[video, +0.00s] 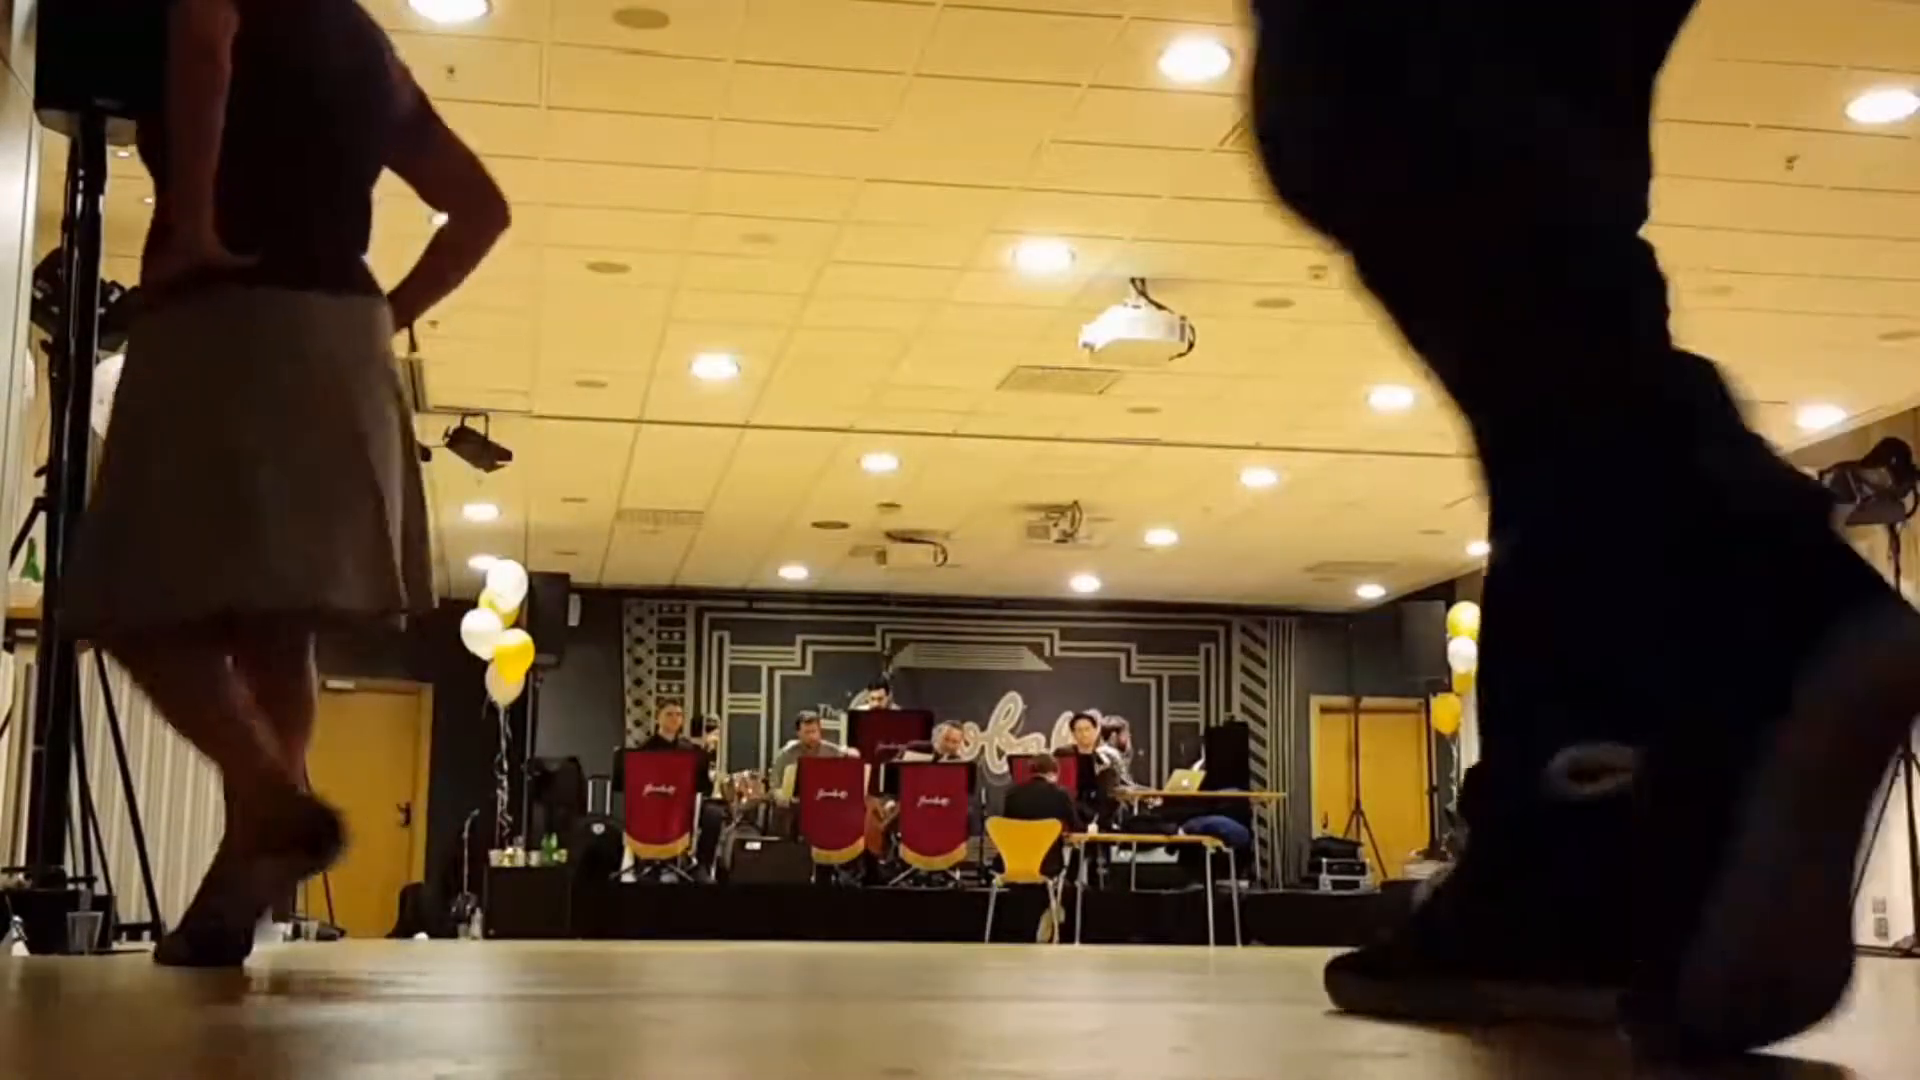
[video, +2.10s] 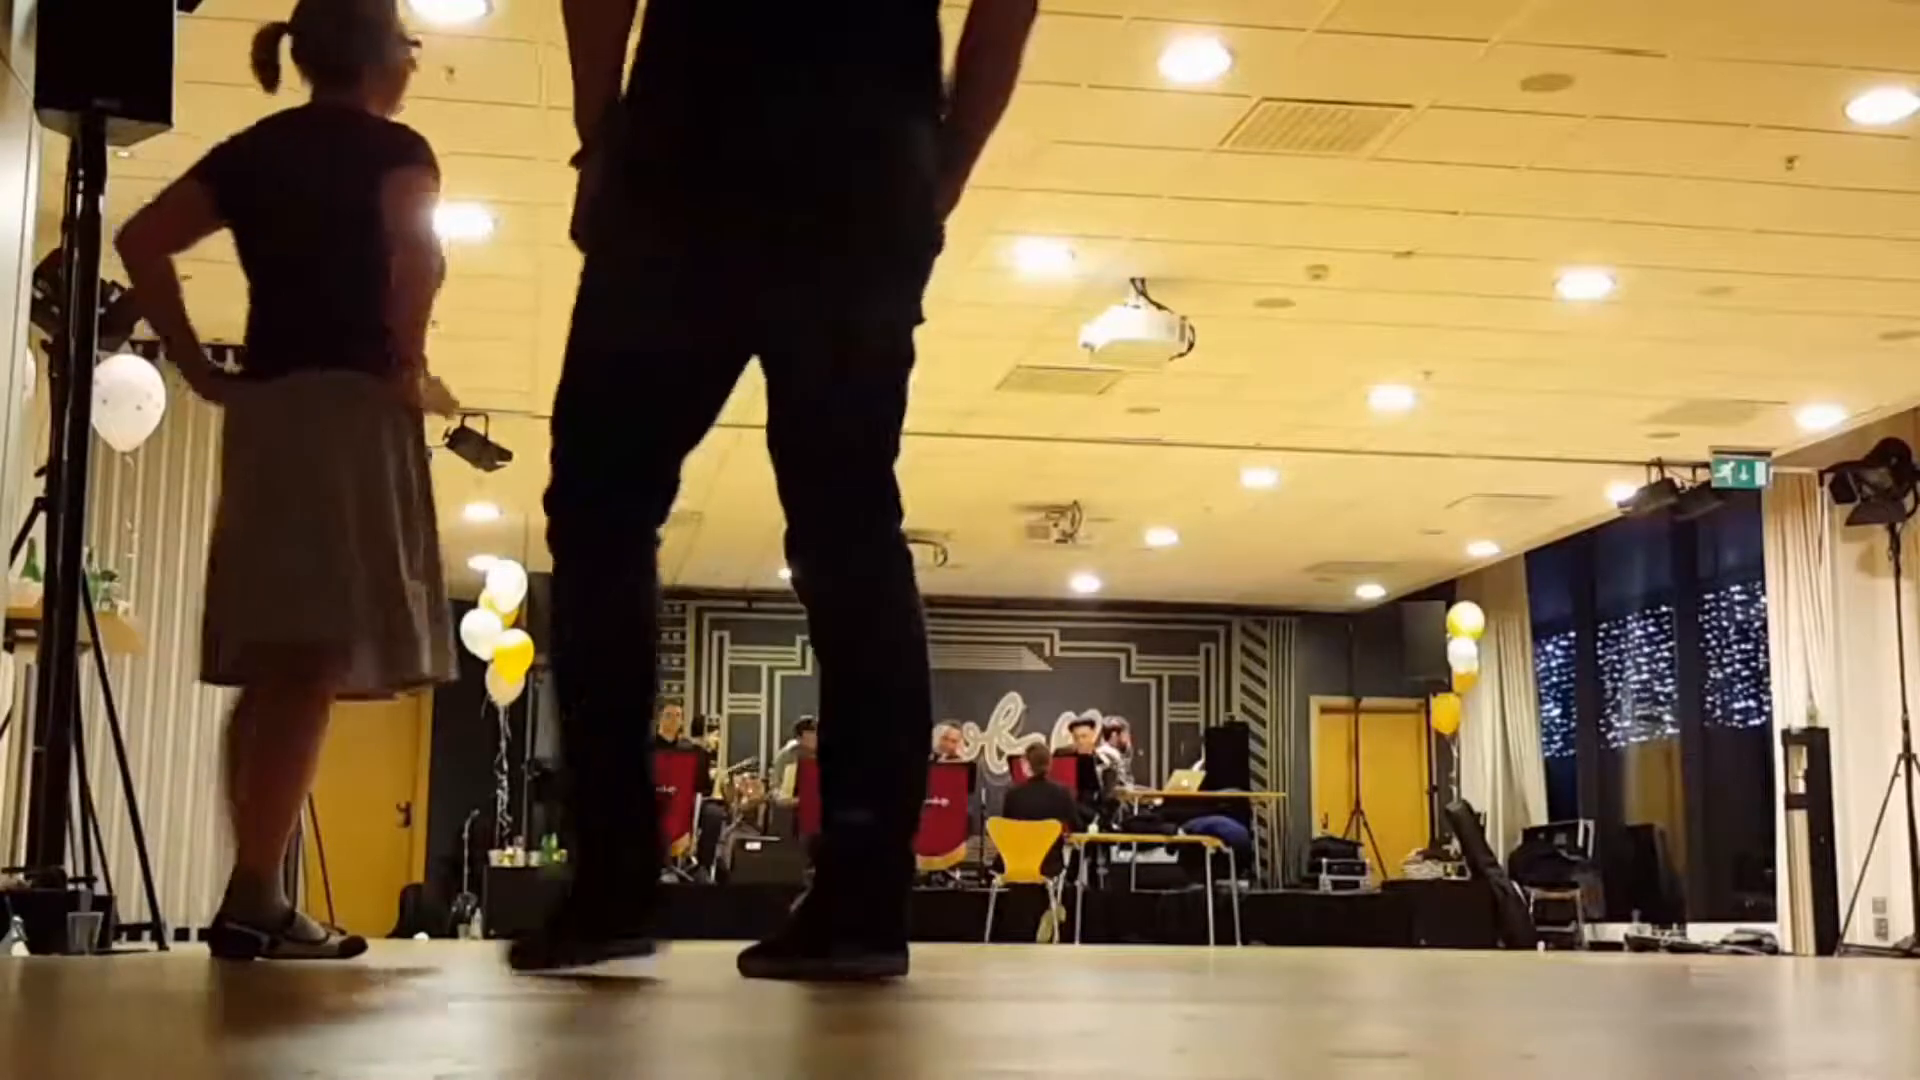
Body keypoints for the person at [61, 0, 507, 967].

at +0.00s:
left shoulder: (206, 10)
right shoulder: (358, 43)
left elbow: (205, 40)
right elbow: (480, 210)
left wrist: (185, 226)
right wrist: (390, 311)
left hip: (222, 322)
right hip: (341, 331)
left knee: (130, 602)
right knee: (280, 628)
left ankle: (278, 805)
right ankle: (229, 909)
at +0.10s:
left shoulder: (192, 4)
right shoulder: (341, 40)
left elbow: (193, 48)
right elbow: (463, 205)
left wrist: (170, 215)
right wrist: (378, 316)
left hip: (208, 319)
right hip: (326, 327)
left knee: (97, 604)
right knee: (269, 627)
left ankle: (186, 843)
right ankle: (222, 901)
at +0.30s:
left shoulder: (159, 13)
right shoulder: (315, 62)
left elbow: (148, 73)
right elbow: (437, 219)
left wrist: (124, 236)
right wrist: (359, 328)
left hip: (164, 337)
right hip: (298, 351)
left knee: (84, 630)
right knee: (260, 640)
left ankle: (32, 889)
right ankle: (223, 901)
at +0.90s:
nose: (184, 19)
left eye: (183, 12)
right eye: (184, 11)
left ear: (63, 5)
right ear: (164, 10)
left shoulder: (19, 87)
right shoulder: (202, 90)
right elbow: (308, 196)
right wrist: (282, 329)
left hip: (40, 366)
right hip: (175, 373)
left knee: (36, 634)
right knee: (197, 624)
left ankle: (12, 892)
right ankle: (145, 827)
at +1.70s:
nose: (307, 57)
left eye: (303, 39)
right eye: (300, 40)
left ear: (211, 48)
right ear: (277, 44)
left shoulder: (148, 137)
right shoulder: (317, 135)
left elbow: (26, 214)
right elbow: (358, 236)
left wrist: (73, 341)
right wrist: (340, 340)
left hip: (158, 407)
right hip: (277, 408)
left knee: (106, 654)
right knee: (270, 666)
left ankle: (12, 865)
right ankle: (251, 903)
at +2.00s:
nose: (390, 58)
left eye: (387, 40)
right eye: (381, 41)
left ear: (292, 50)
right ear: (353, 48)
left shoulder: (231, 142)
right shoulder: (390, 145)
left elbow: (108, 236)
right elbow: (420, 250)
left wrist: (172, 356)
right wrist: (407, 353)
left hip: (239, 414)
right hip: (343, 413)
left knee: (216, 669)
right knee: (304, 667)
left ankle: (150, 899)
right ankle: (255, 906)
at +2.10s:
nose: (412, 64)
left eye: (408, 47)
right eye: (405, 48)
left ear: (313, 58)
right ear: (383, 58)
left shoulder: (258, 146)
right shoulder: (397, 150)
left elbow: (142, 240)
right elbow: (415, 257)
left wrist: (196, 365)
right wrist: (407, 363)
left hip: (263, 412)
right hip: (348, 414)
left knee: (272, 666)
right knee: (312, 663)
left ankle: (256, 900)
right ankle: (254, 903)